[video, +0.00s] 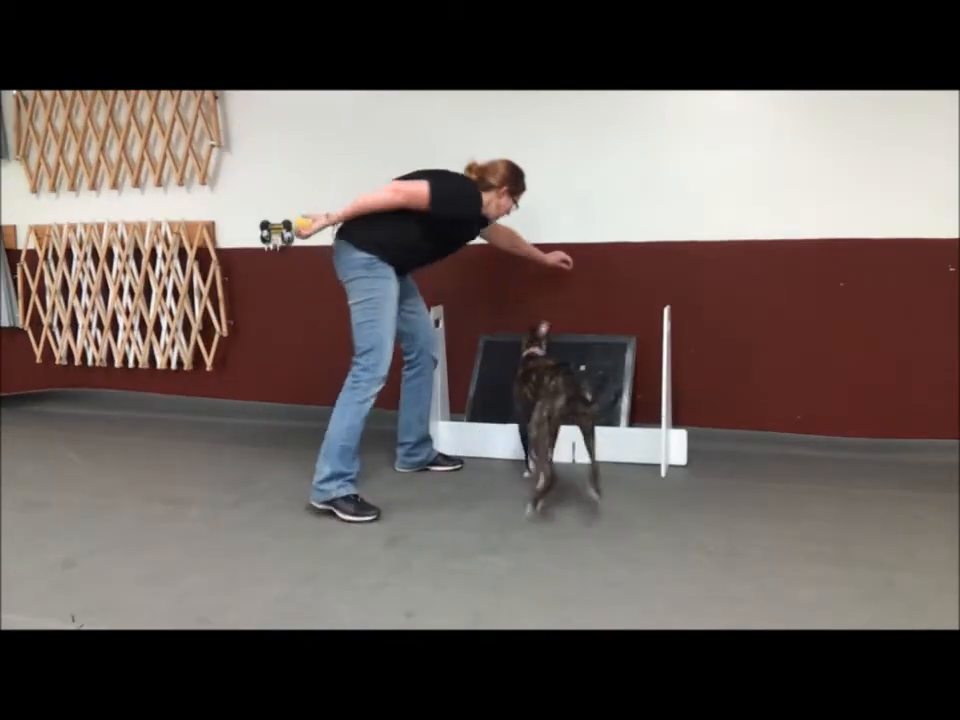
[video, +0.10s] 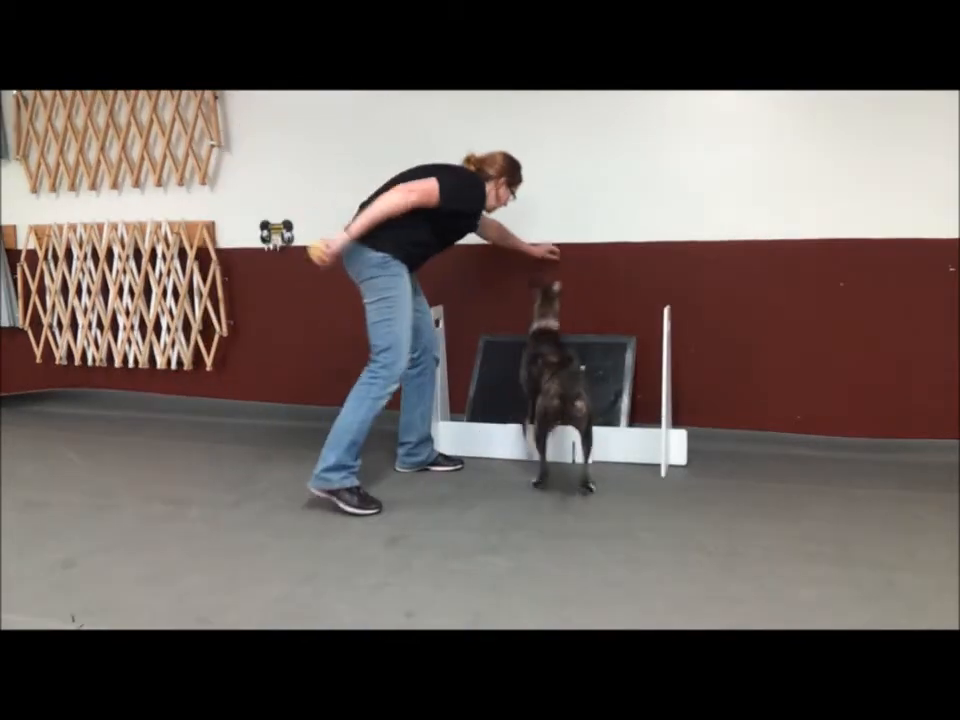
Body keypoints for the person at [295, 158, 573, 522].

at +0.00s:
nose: (511, 209)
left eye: (514, 203)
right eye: (512, 200)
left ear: (496, 190)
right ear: (498, 189)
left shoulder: (473, 214)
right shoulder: (461, 192)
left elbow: (503, 236)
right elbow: (396, 193)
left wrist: (543, 258)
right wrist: (333, 217)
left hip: (392, 266)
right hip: (365, 256)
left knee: (423, 350)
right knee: (371, 367)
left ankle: (415, 454)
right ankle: (330, 488)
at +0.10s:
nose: (507, 201)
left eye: (511, 196)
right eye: (509, 192)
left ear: (493, 181)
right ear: (497, 181)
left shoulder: (469, 203)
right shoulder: (467, 186)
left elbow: (493, 230)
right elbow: (406, 194)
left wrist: (529, 249)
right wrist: (345, 237)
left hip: (396, 263)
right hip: (379, 257)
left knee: (424, 351)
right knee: (388, 363)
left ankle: (415, 453)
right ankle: (332, 478)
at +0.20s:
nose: (506, 185)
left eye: (508, 178)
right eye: (507, 176)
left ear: (486, 164)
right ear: (495, 166)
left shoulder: (459, 182)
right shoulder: (467, 177)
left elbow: (478, 219)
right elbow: (405, 198)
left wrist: (516, 238)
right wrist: (374, 267)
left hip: (395, 256)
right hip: (386, 256)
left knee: (425, 355)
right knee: (414, 358)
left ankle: (417, 454)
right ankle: (351, 467)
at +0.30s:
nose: (504, 171)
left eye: (507, 164)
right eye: (505, 162)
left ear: (484, 151)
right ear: (492, 151)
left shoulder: (454, 168)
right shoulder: (460, 166)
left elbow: (458, 213)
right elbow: (406, 204)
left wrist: (498, 235)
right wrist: (426, 279)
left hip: (380, 251)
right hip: (381, 252)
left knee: (424, 350)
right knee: (440, 348)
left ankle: (418, 454)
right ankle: (380, 448)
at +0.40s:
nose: (504, 173)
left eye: (508, 166)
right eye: (505, 164)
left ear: (486, 152)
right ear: (490, 153)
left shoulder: (455, 168)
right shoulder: (453, 169)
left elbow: (440, 220)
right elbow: (412, 229)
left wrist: (475, 250)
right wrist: (467, 281)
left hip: (381, 255)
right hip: (379, 257)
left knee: (418, 348)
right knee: (448, 343)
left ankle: (420, 452)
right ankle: (394, 419)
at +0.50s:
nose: (506, 188)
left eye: (510, 182)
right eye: (507, 179)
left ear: (486, 167)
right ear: (489, 169)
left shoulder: (450, 177)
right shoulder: (453, 189)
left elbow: (431, 252)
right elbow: (430, 262)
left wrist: (472, 292)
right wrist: (479, 301)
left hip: (376, 261)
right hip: (365, 264)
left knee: (424, 350)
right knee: (434, 350)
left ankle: (416, 454)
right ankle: (379, 421)